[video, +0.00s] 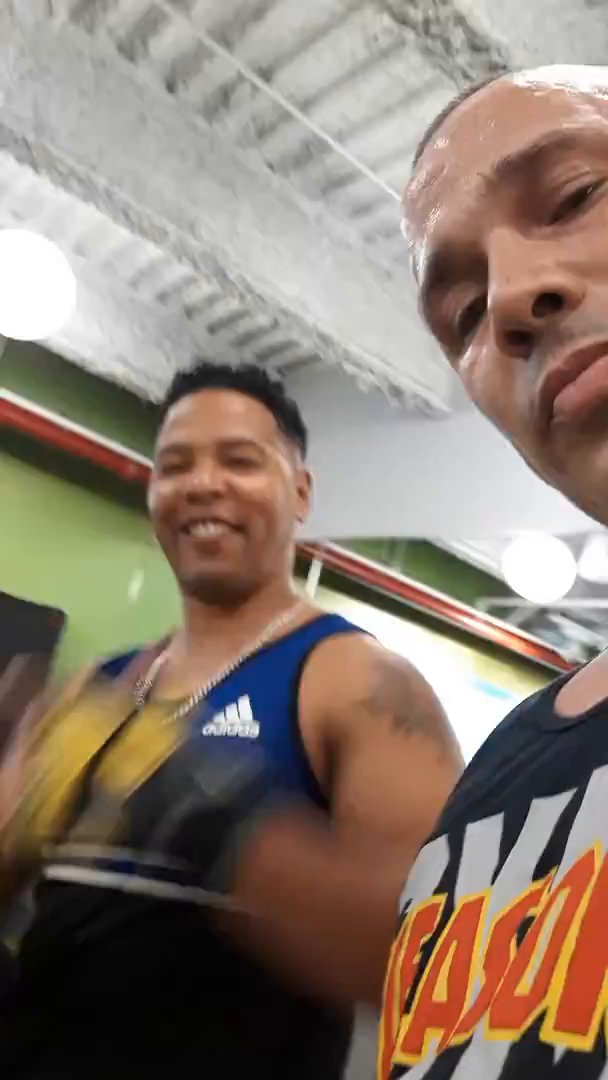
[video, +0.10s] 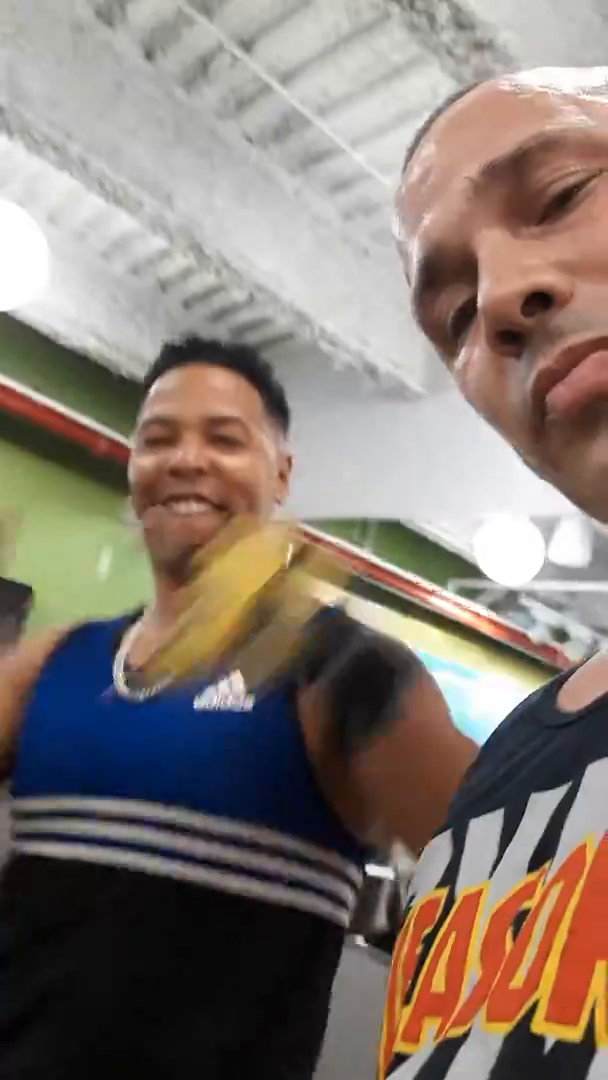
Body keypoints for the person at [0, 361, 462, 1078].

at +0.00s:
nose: (203, 485)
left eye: (240, 461)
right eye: (176, 464)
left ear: (300, 494)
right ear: (150, 496)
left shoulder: (362, 686)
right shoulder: (100, 688)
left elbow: (425, 940)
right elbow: (7, 877)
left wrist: (219, 826)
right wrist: (26, 819)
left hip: (253, 1063)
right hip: (54, 1052)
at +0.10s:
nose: (185, 460)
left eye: (223, 439)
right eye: (158, 438)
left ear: (284, 475)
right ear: (128, 468)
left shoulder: (341, 678)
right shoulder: (49, 666)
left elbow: (500, 866)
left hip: (230, 1065)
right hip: (24, 1055)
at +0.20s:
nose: (195, 445)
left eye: (233, 425)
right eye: (166, 419)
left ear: (282, 463)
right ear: (131, 455)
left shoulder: (349, 634)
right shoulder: (40, 621)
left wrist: (509, 538)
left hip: (218, 1054)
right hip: (25, 1042)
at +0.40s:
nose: (183, 440)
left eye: (218, 415)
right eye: (151, 412)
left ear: (265, 439)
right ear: (113, 429)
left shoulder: (331, 601)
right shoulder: (20, 582)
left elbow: (571, 645)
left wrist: (473, 439)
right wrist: (1, 354)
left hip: (205, 1049)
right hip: (6, 1033)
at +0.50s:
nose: (478, 283)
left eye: (526, 185)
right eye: (432, 301)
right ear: (442, 386)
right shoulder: (492, 745)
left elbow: (564, 634)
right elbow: (387, 1047)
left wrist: (452, 435)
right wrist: (226, 1056)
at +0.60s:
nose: (166, 473)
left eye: (197, 440)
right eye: (130, 444)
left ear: (242, 447)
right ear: (89, 461)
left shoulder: (322, 601)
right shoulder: (18, 593)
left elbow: (573, 622)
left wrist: (451, 438)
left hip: (211, 1048)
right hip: (6, 1036)